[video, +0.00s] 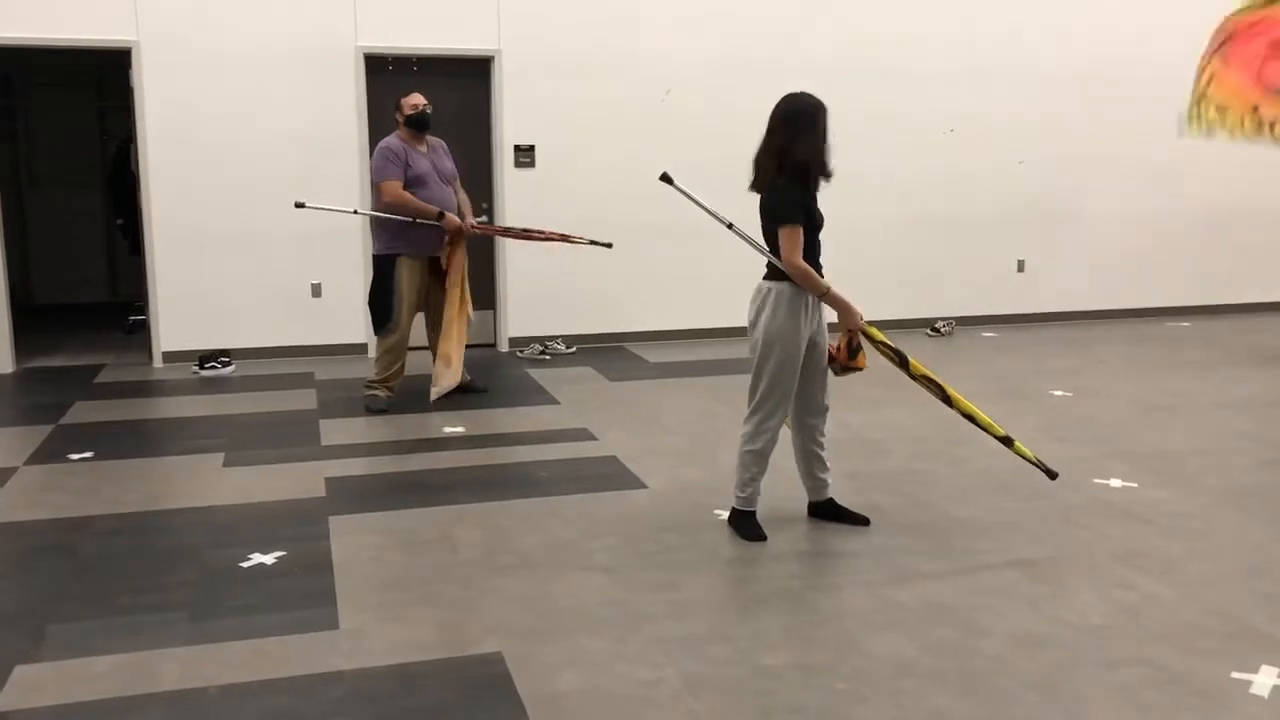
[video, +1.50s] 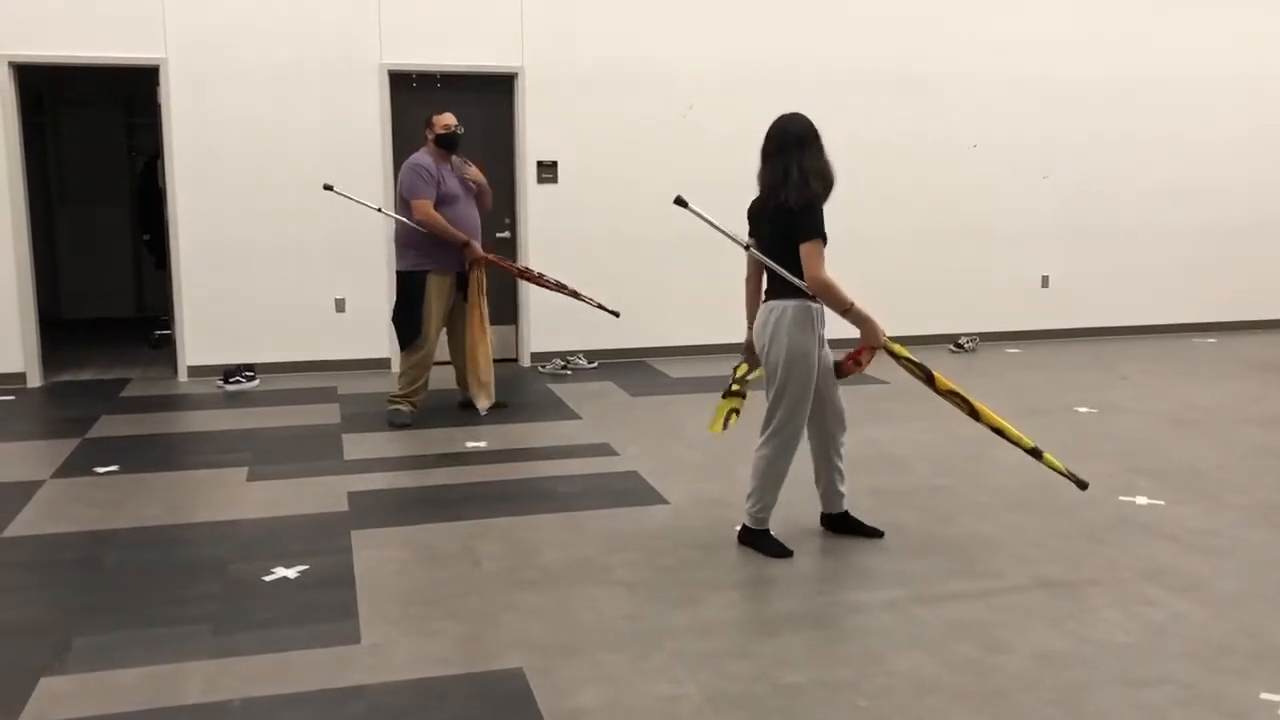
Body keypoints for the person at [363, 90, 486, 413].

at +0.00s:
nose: (422, 111)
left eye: (426, 107)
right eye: (414, 108)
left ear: (431, 113)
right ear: (400, 116)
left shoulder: (439, 147)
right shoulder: (389, 148)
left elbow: (457, 190)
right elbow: (390, 197)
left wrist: (468, 216)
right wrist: (440, 215)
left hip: (442, 249)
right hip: (402, 252)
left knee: (447, 317)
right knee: (396, 325)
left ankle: (452, 378)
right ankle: (379, 389)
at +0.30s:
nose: (431, 115)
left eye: (433, 110)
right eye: (423, 111)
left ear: (438, 116)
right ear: (408, 118)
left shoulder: (442, 149)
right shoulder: (396, 151)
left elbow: (465, 189)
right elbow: (403, 196)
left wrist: (467, 213)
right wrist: (450, 218)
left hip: (445, 250)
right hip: (407, 253)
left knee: (450, 320)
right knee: (402, 326)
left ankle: (455, 381)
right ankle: (385, 391)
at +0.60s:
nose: (436, 116)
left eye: (438, 111)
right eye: (428, 112)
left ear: (443, 117)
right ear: (413, 120)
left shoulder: (445, 151)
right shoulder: (404, 152)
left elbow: (469, 190)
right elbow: (412, 199)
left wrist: (467, 213)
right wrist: (459, 222)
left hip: (449, 252)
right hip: (411, 255)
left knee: (452, 320)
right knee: (407, 327)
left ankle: (460, 379)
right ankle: (390, 390)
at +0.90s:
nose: (441, 118)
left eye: (444, 114)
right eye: (433, 115)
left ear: (449, 122)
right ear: (419, 126)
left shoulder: (453, 155)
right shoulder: (412, 157)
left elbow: (471, 194)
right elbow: (422, 208)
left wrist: (479, 193)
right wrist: (468, 232)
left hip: (456, 255)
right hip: (419, 258)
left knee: (460, 324)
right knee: (415, 331)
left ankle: (468, 383)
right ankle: (398, 394)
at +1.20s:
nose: (448, 125)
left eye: (450, 121)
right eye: (440, 121)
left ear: (455, 128)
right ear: (425, 130)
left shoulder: (459, 161)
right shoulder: (416, 162)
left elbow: (485, 200)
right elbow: (424, 212)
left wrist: (479, 175)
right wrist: (468, 240)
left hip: (461, 259)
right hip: (425, 262)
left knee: (464, 328)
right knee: (420, 334)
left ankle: (470, 388)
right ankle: (402, 398)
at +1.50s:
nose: (452, 133)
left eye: (455, 129)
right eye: (445, 129)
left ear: (460, 133)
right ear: (430, 134)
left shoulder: (461, 165)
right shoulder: (418, 166)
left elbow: (485, 207)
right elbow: (423, 214)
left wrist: (482, 183)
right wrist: (465, 242)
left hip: (463, 265)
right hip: (426, 268)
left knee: (469, 334)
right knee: (421, 340)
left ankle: (474, 395)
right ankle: (403, 403)